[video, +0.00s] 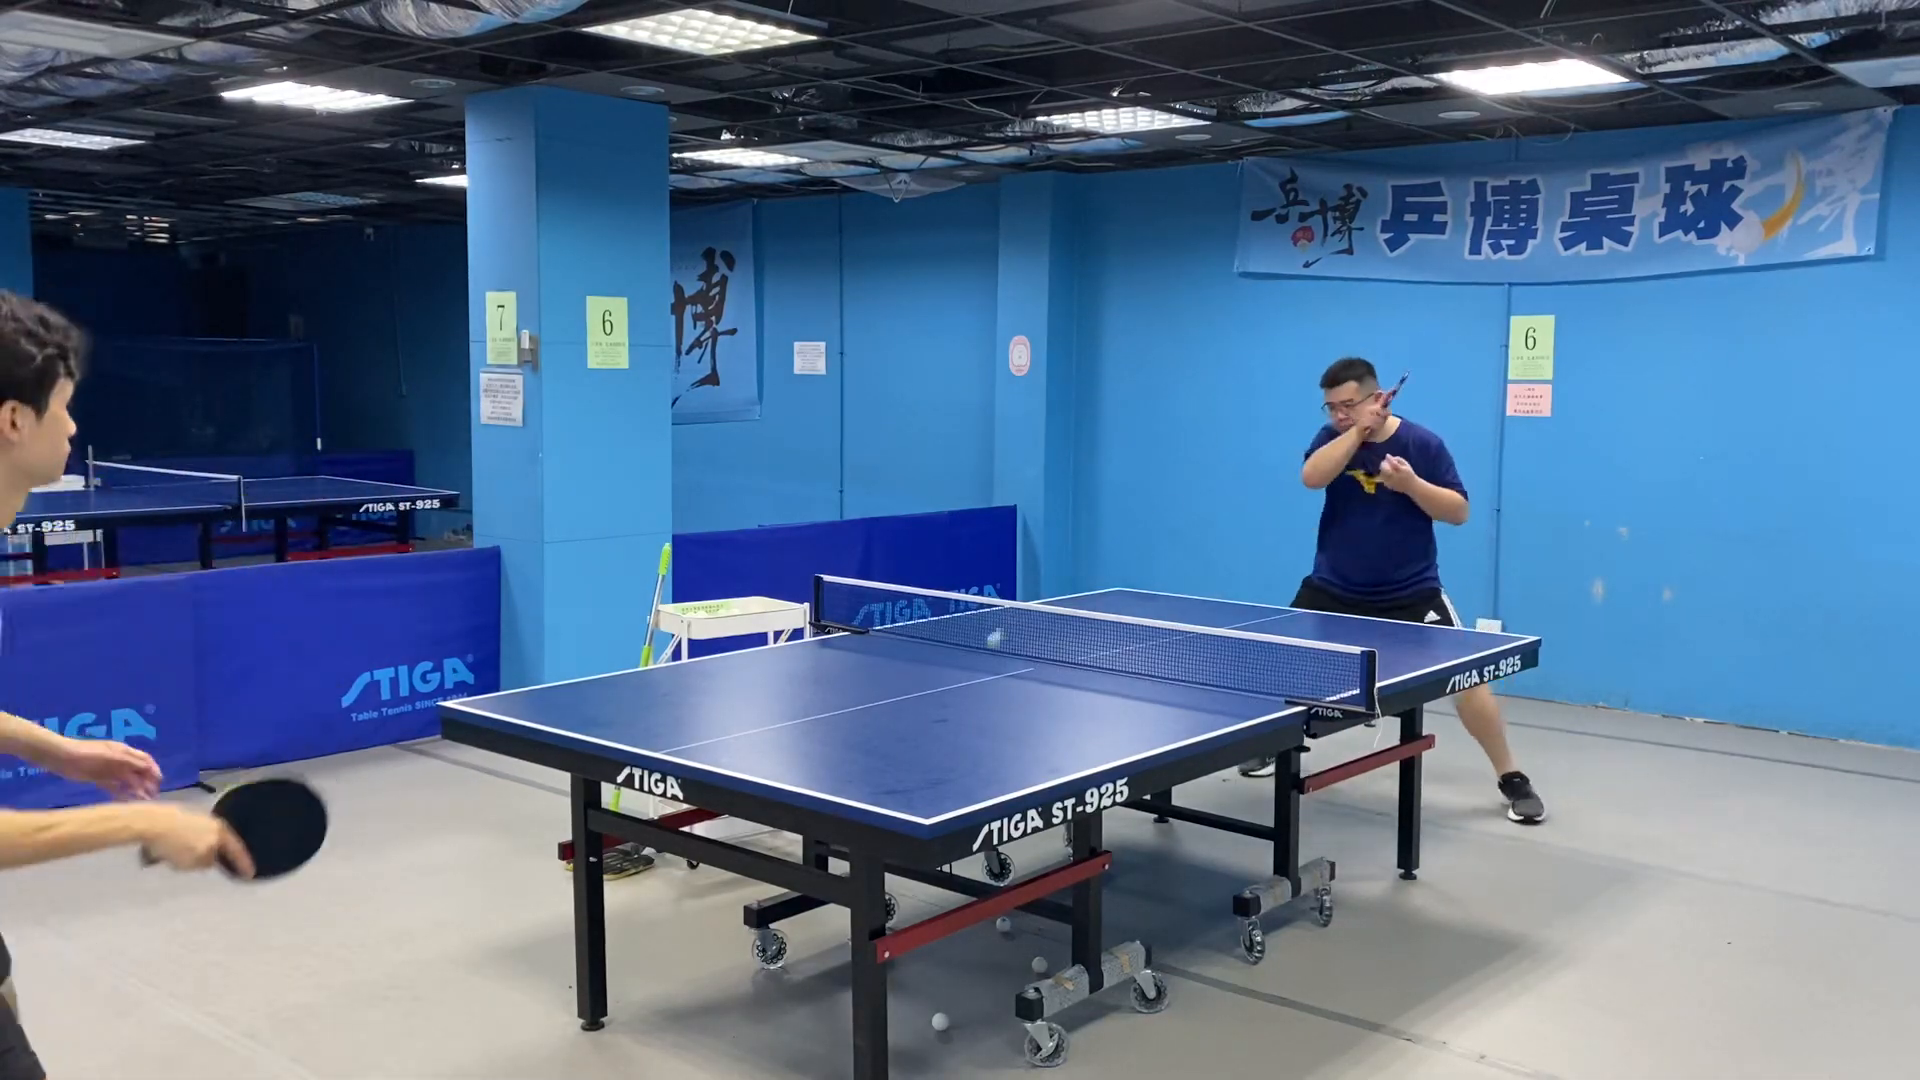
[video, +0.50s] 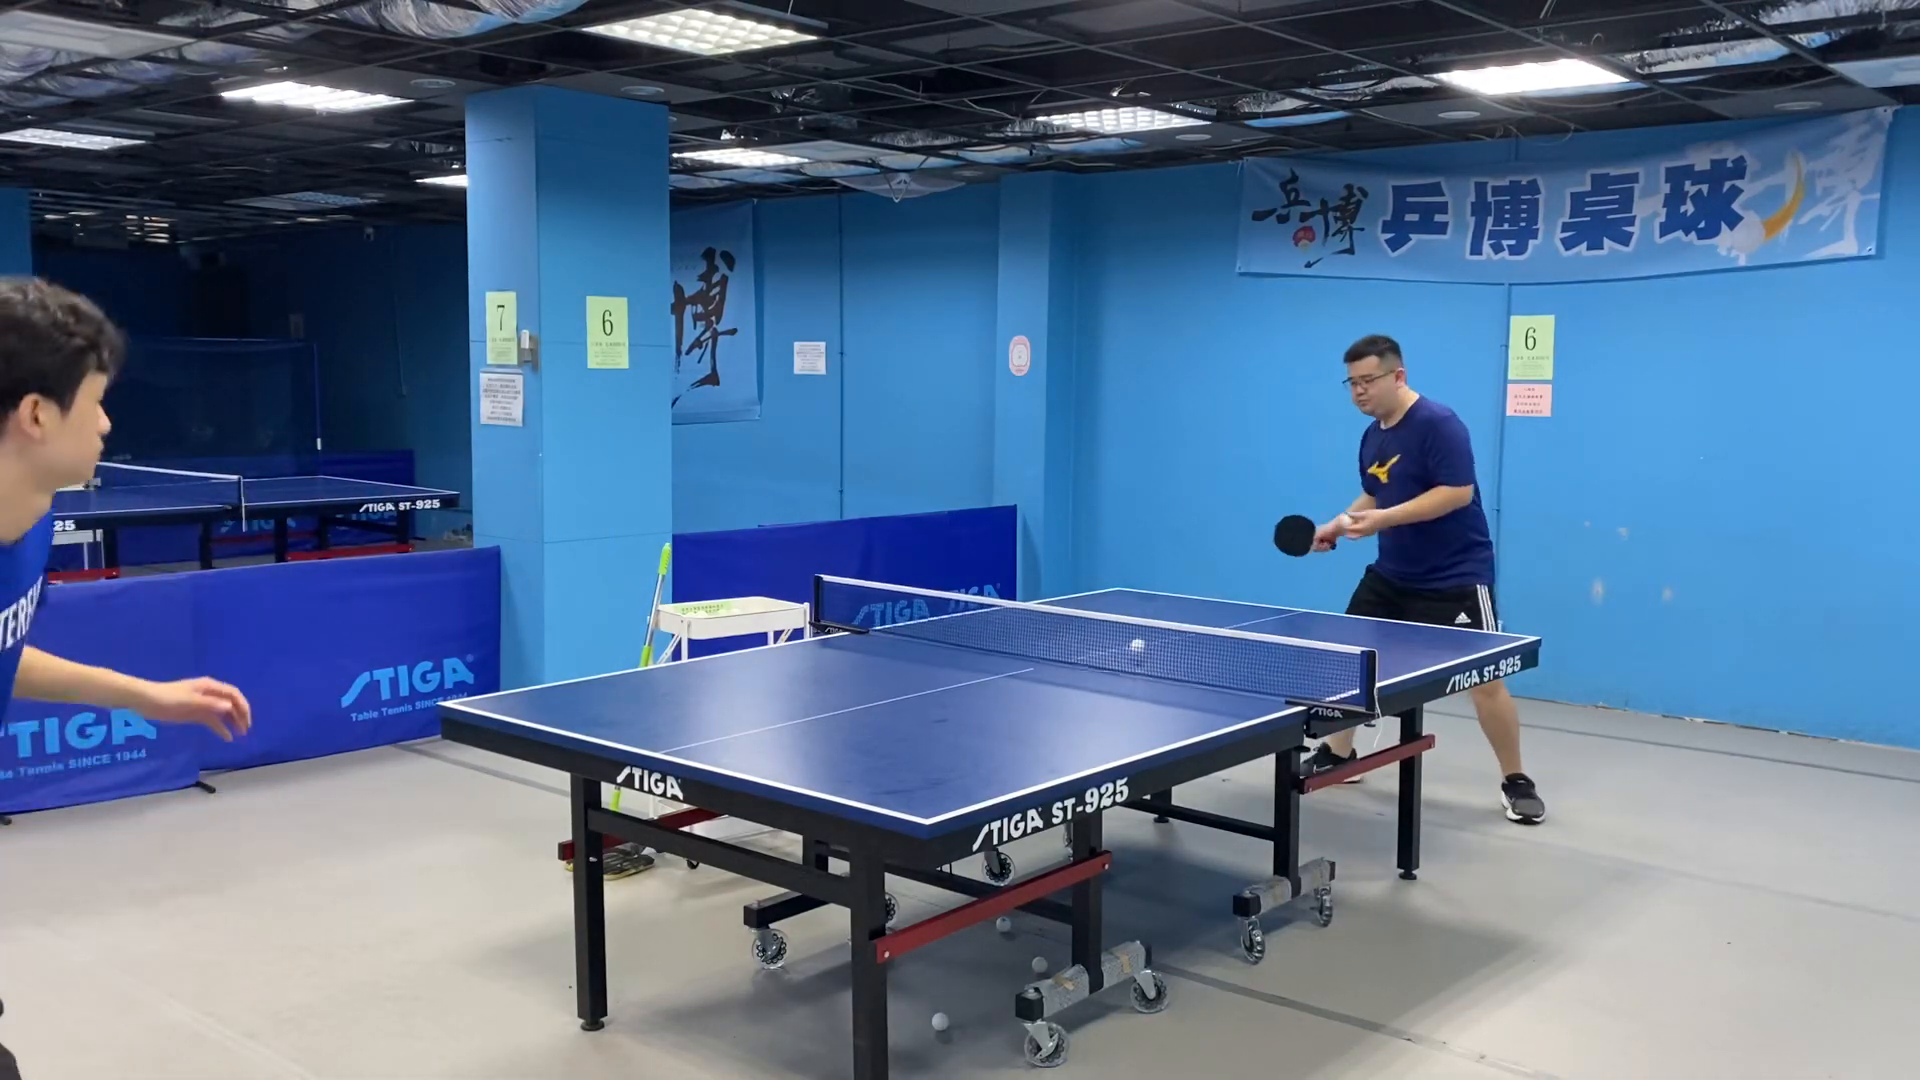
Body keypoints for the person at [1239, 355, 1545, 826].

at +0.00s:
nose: (1338, 417)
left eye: (1348, 406)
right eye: (1332, 408)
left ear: (1377, 400)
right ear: (1329, 407)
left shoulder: (1423, 445)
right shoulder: (1331, 438)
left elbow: (1458, 512)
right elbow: (1313, 477)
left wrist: (1411, 484)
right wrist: (1358, 431)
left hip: (1410, 595)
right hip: (1332, 591)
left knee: (1466, 676)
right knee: (1278, 659)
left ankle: (1510, 777)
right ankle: (1268, 741)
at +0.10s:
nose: (1344, 422)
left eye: (1353, 412)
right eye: (1336, 413)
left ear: (1381, 407)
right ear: (1331, 413)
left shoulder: (1422, 455)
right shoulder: (1328, 450)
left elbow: (1456, 521)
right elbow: (1308, 500)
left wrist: (1418, 508)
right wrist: (1351, 458)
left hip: (1408, 599)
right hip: (1330, 595)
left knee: (1464, 673)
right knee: (1276, 660)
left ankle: (1508, 777)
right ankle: (1272, 744)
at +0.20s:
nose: (1350, 415)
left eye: (1359, 405)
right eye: (1343, 407)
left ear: (1387, 400)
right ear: (1337, 407)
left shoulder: (1432, 450)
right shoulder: (1334, 452)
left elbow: (1468, 509)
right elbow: (1305, 511)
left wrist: (1422, 514)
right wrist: (1328, 495)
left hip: (1421, 597)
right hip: (1342, 594)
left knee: (1471, 676)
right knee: (1288, 660)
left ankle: (1511, 777)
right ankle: (1275, 745)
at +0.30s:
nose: (1356, 405)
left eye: (1365, 395)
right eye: (1348, 397)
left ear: (1394, 389)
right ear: (1344, 398)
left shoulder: (1443, 438)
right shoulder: (1349, 444)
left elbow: (1480, 496)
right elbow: (1334, 508)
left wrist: (1420, 514)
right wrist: (1324, 503)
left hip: (1441, 592)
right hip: (1363, 589)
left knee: (1485, 676)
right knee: (1304, 658)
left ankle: (1514, 780)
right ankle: (1280, 745)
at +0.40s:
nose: (1358, 395)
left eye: (1368, 384)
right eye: (1352, 387)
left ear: (1397, 381)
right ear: (1349, 389)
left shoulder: (1447, 428)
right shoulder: (1362, 439)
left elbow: (1479, 487)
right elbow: (1356, 498)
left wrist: (1412, 516)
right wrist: (1329, 511)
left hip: (1454, 583)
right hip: (1381, 579)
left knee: (1488, 678)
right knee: (1320, 649)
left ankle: (1516, 780)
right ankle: (1309, 737)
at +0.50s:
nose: (1358, 390)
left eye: (1367, 380)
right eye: (1352, 382)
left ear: (1397, 377)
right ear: (1350, 385)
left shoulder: (1440, 424)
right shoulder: (1372, 437)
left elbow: (1457, 491)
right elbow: (1376, 498)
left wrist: (1383, 519)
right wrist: (1339, 524)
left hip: (1457, 577)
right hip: (1391, 574)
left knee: (1485, 680)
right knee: (1346, 657)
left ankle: (1515, 779)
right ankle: (1338, 749)